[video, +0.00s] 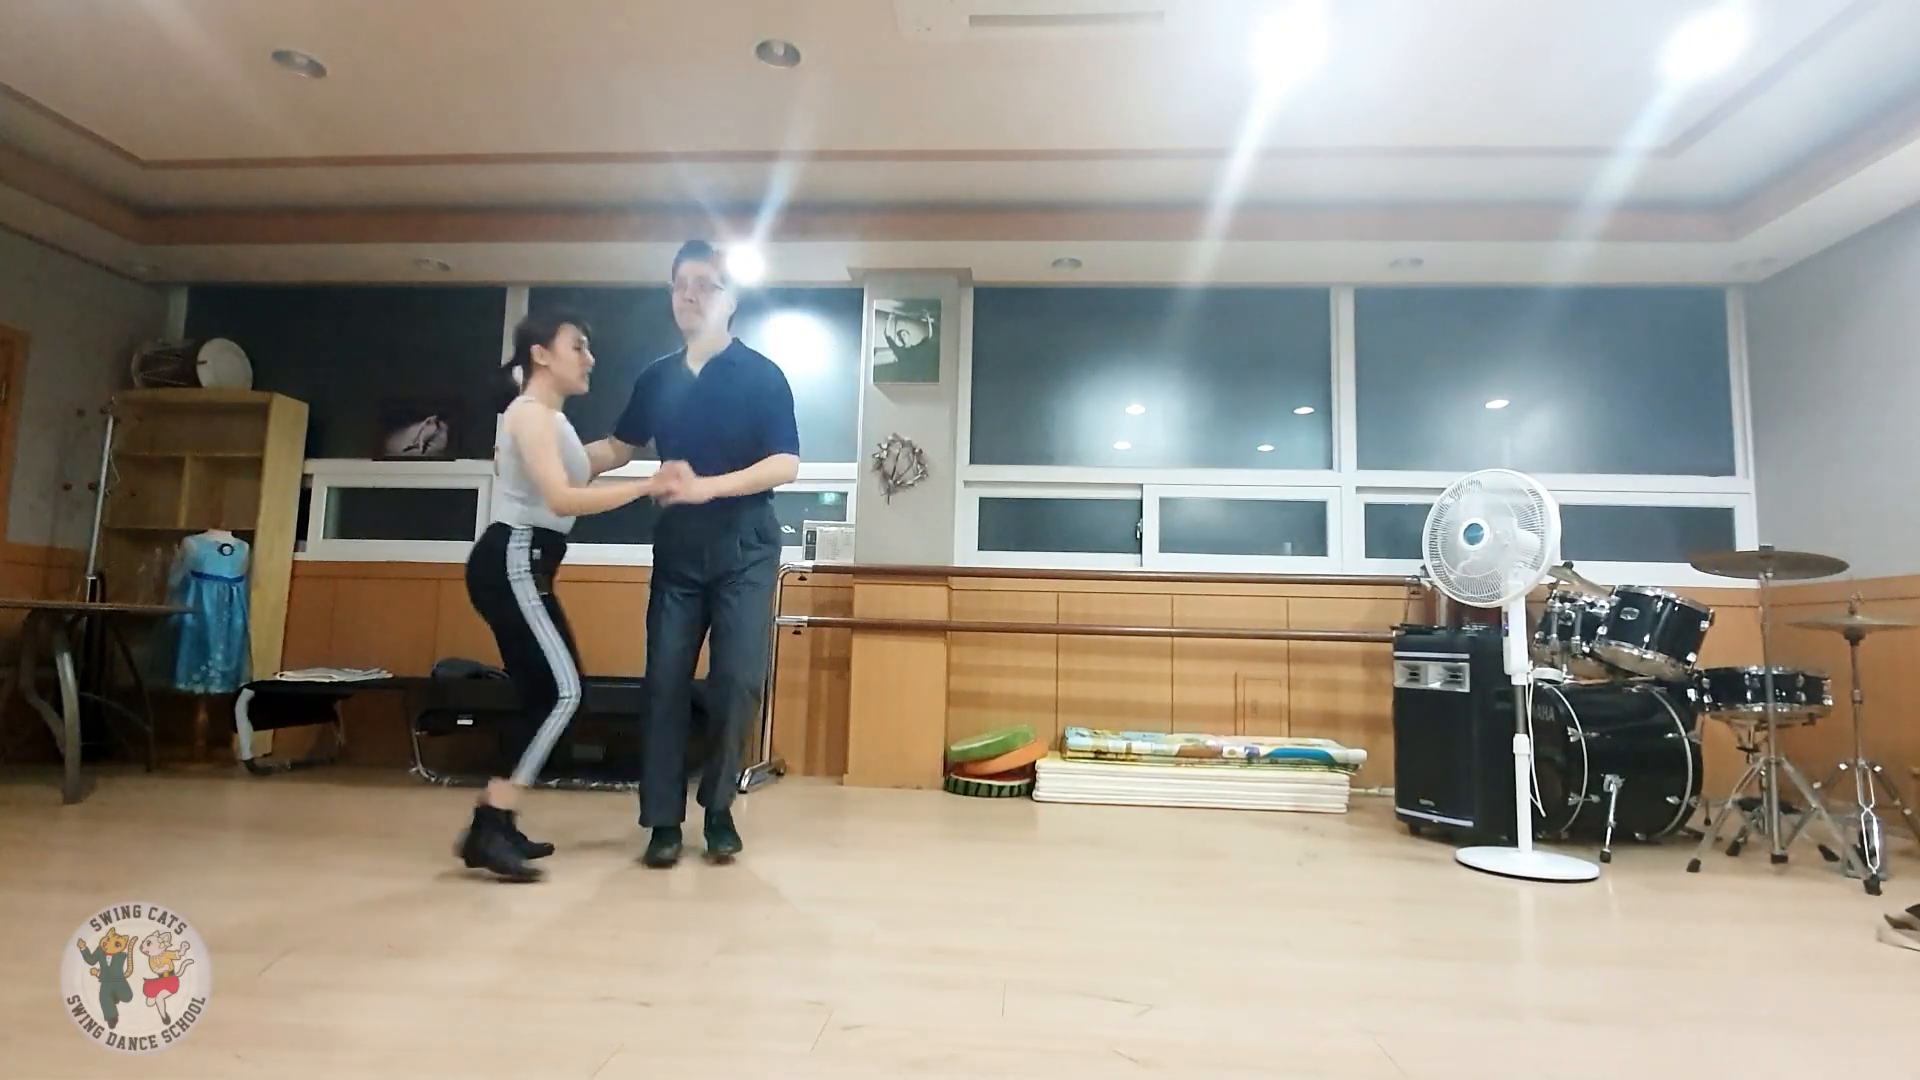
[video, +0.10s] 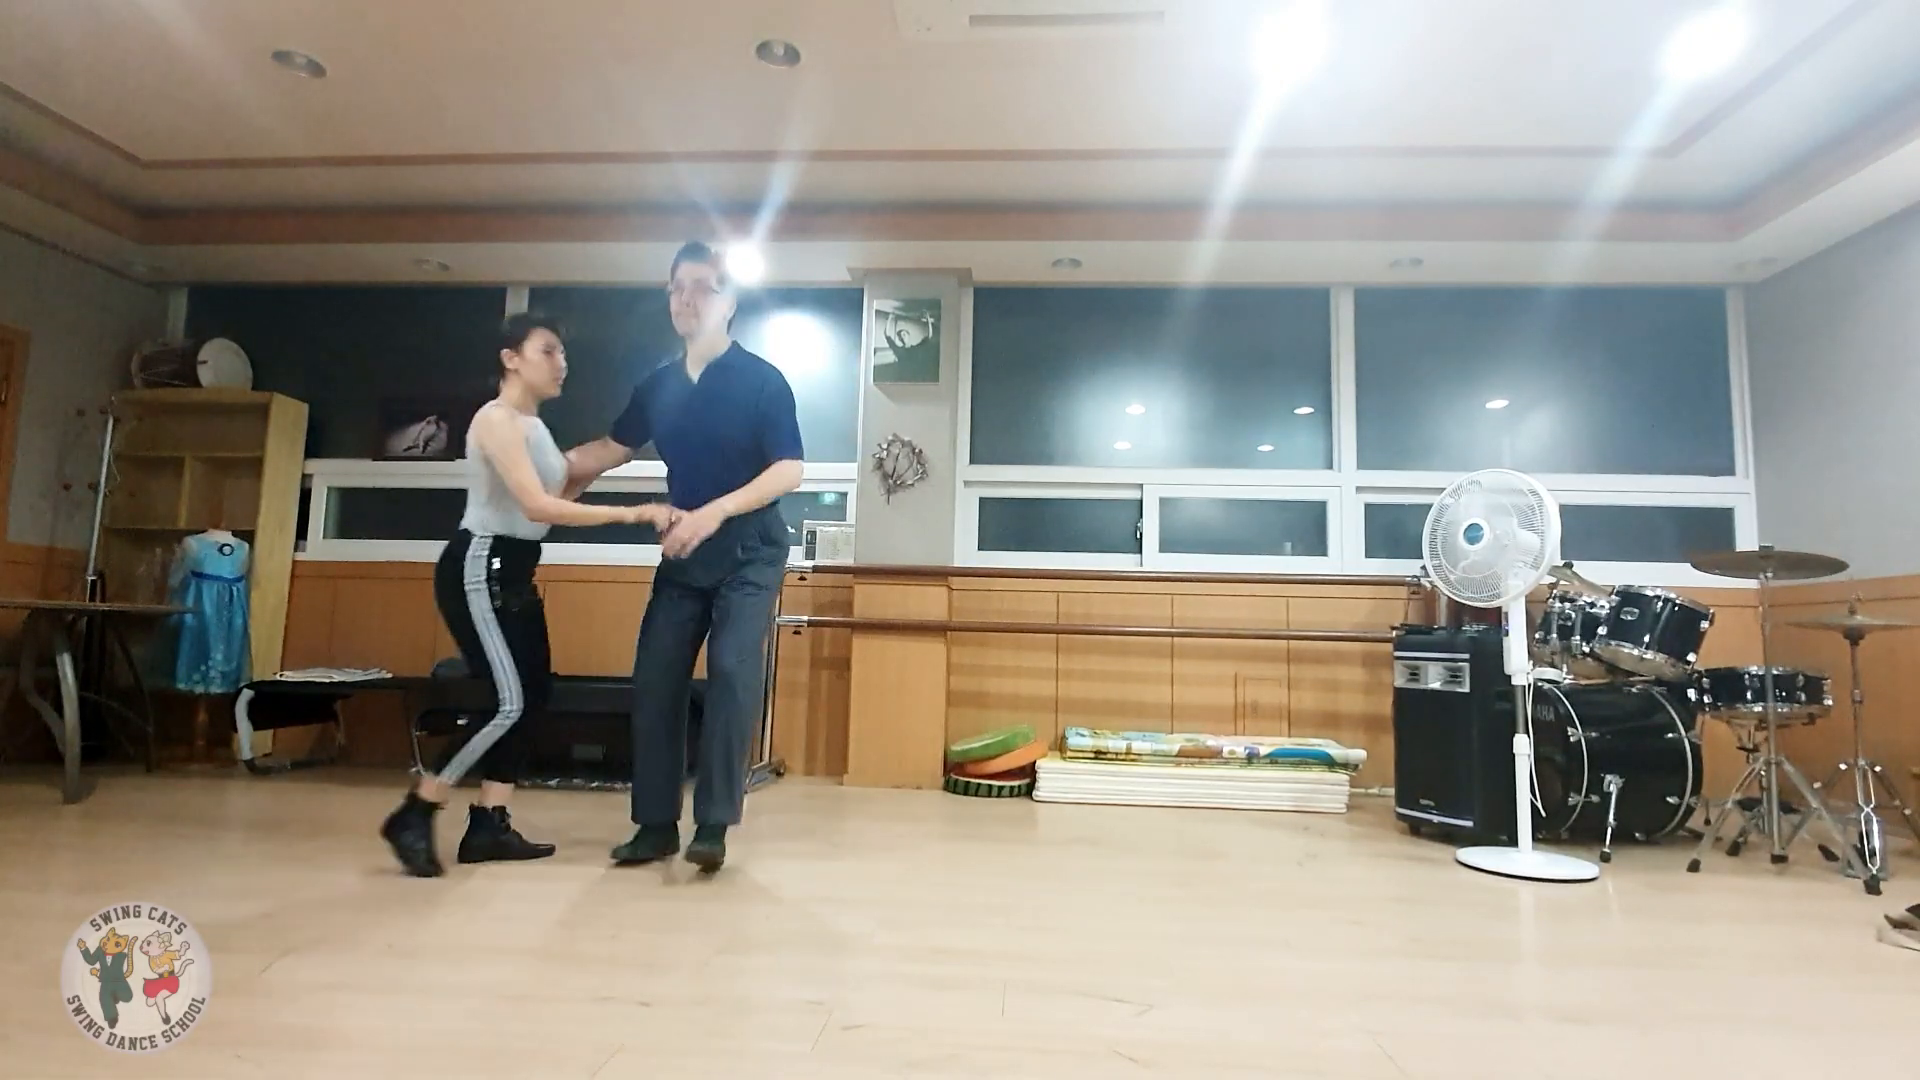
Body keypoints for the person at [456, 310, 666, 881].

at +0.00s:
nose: (590, 358)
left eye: (588, 348)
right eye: (578, 348)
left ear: (552, 359)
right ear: (541, 356)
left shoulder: (549, 416)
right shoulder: (530, 415)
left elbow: (581, 473)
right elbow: (562, 498)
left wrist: (652, 472)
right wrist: (644, 489)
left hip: (523, 562)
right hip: (510, 563)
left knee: (546, 693)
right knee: (564, 692)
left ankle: (497, 820)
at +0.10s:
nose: (562, 363)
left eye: (561, 353)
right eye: (548, 352)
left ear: (536, 364)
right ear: (511, 359)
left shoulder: (532, 426)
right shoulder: (497, 421)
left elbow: (562, 491)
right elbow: (539, 508)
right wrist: (632, 515)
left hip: (513, 571)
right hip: (478, 568)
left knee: (533, 693)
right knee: (512, 701)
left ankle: (489, 826)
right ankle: (413, 815)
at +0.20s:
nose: (532, 367)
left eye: (536, 359)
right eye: (518, 356)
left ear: (536, 372)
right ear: (483, 364)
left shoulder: (514, 432)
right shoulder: (463, 427)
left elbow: (534, 501)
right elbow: (502, 515)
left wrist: (596, 468)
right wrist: (593, 531)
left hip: (490, 575)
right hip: (444, 572)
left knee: (519, 688)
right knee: (452, 709)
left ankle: (488, 827)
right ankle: (374, 823)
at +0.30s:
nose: (510, 364)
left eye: (515, 356)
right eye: (495, 354)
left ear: (521, 369)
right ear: (463, 363)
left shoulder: (506, 430)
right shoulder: (441, 425)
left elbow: (537, 490)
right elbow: (468, 514)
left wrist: (602, 459)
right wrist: (560, 532)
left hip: (461, 573)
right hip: (411, 568)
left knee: (509, 685)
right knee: (417, 702)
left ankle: (490, 824)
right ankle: (366, 830)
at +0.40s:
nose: (499, 362)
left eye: (505, 354)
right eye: (484, 351)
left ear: (510, 366)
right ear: (453, 361)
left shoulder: (505, 433)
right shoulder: (430, 424)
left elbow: (542, 487)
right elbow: (453, 514)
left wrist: (594, 458)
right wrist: (545, 530)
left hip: (444, 569)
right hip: (390, 560)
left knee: (500, 677)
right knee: (394, 696)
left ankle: (491, 812)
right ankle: (363, 830)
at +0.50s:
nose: (498, 361)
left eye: (504, 353)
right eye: (482, 351)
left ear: (511, 366)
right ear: (453, 365)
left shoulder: (507, 432)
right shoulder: (434, 428)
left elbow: (545, 488)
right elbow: (455, 518)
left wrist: (593, 459)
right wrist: (546, 532)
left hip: (439, 567)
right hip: (385, 557)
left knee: (493, 667)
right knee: (381, 692)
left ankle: (494, 805)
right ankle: (361, 828)